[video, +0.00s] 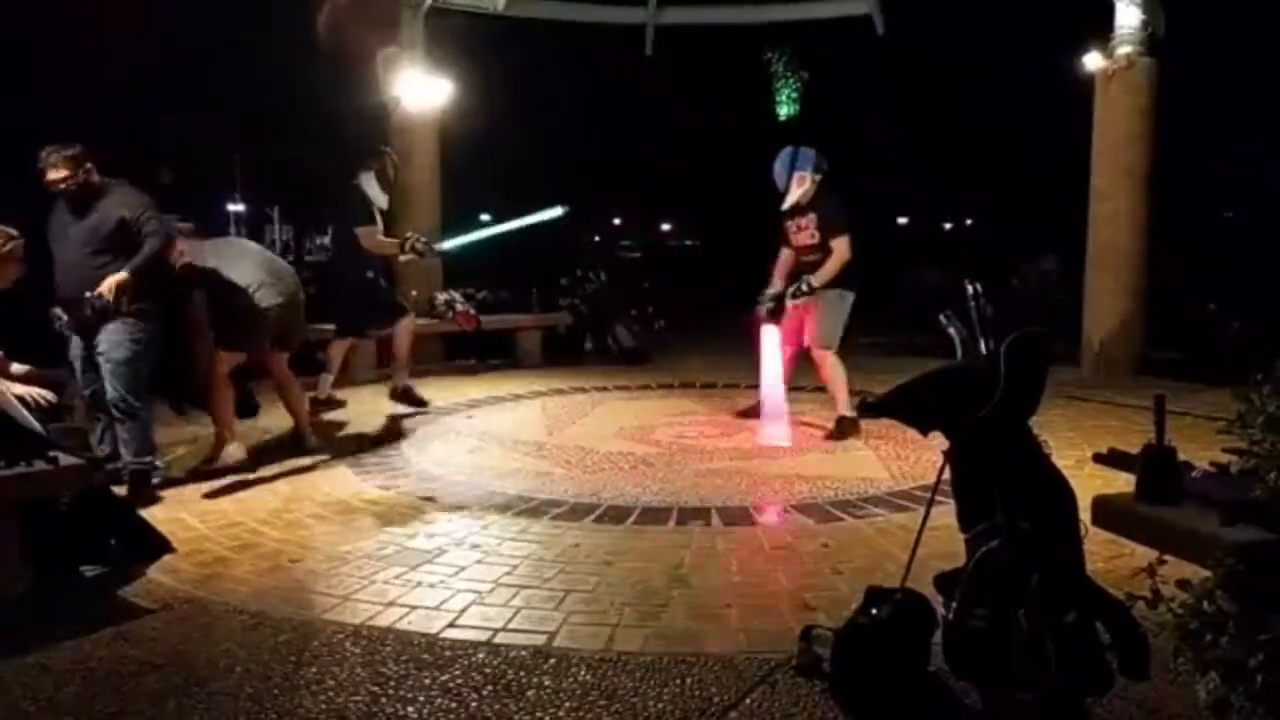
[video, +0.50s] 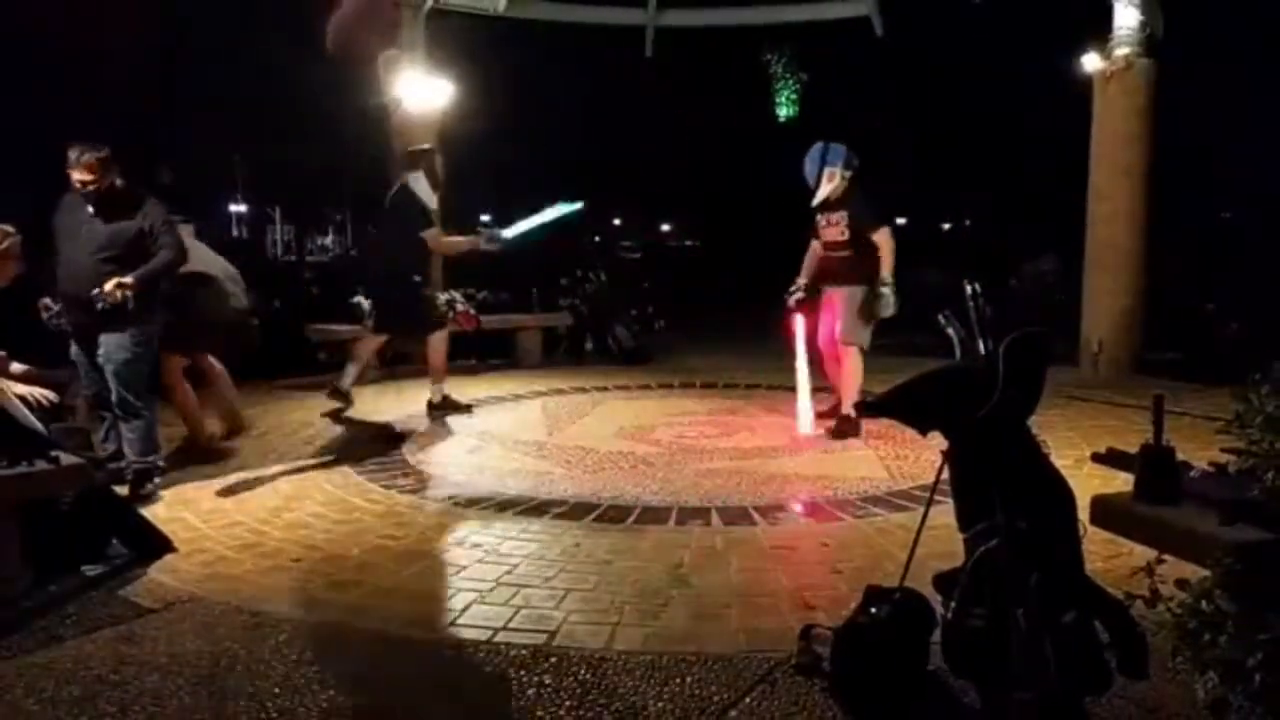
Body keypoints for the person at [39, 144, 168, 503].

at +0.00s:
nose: (63, 191)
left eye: (67, 182)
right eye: (56, 185)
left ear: (87, 172)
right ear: (49, 183)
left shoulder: (123, 200)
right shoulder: (59, 213)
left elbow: (159, 237)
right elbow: (63, 263)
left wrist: (127, 274)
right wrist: (60, 302)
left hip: (119, 314)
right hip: (76, 316)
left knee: (122, 398)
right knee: (94, 398)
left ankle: (139, 475)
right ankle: (108, 466)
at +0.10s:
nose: (69, 188)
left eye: (74, 180)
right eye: (62, 182)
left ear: (92, 173)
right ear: (56, 180)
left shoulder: (129, 203)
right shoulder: (61, 211)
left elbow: (164, 243)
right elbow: (61, 263)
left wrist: (131, 274)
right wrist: (59, 303)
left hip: (121, 318)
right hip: (77, 320)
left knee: (125, 400)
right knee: (94, 400)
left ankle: (140, 472)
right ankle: (107, 465)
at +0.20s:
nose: (74, 188)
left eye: (80, 180)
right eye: (67, 182)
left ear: (97, 172)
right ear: (59, 180)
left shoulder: (133, 205)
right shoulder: (61, 209)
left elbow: (167, 244)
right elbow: (60, 261)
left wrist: (133, 275)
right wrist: (55, 300)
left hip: (122, 319)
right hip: (77, 321)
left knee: (126, 401)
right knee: (94, 400)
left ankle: (140, 472)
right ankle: (106, 464)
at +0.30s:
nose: (81, 189)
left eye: (86, 181)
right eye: (73, 183)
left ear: (103, 173)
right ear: (63, 180)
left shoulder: (136, 206)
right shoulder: (63, 210)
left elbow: (169, 248)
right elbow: (60, 261)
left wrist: (135, 277)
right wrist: (56, 300)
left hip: (124, 321)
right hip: (78, 323)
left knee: (126, 402)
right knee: (97, 401)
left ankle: (141, 472)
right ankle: (108, 464)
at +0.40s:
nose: (82, 190)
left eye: (89, 183)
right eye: (76, 183)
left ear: (108, 175)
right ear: (68, 179)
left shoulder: (140, 207)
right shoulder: (66, 209)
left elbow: (172, 250)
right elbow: (59, 259)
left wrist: (134, 279)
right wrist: (53, 296)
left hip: (125, 322)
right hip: (80, 322)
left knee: (129, 402)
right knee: (99, 401)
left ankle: (143, 471)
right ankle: (111, 464)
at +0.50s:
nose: (82, 190)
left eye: (89, 183)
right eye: (77, 183)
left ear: (109, 176)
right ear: (70, 178)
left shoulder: (142, 208)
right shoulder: (68, 207)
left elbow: (173, 251)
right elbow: (61, 258)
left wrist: (133, 281)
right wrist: (55, 296)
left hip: (126, 323)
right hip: (80, 323)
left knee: (130, 403)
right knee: (100, 402)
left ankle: (142, 472)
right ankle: (111, 466)